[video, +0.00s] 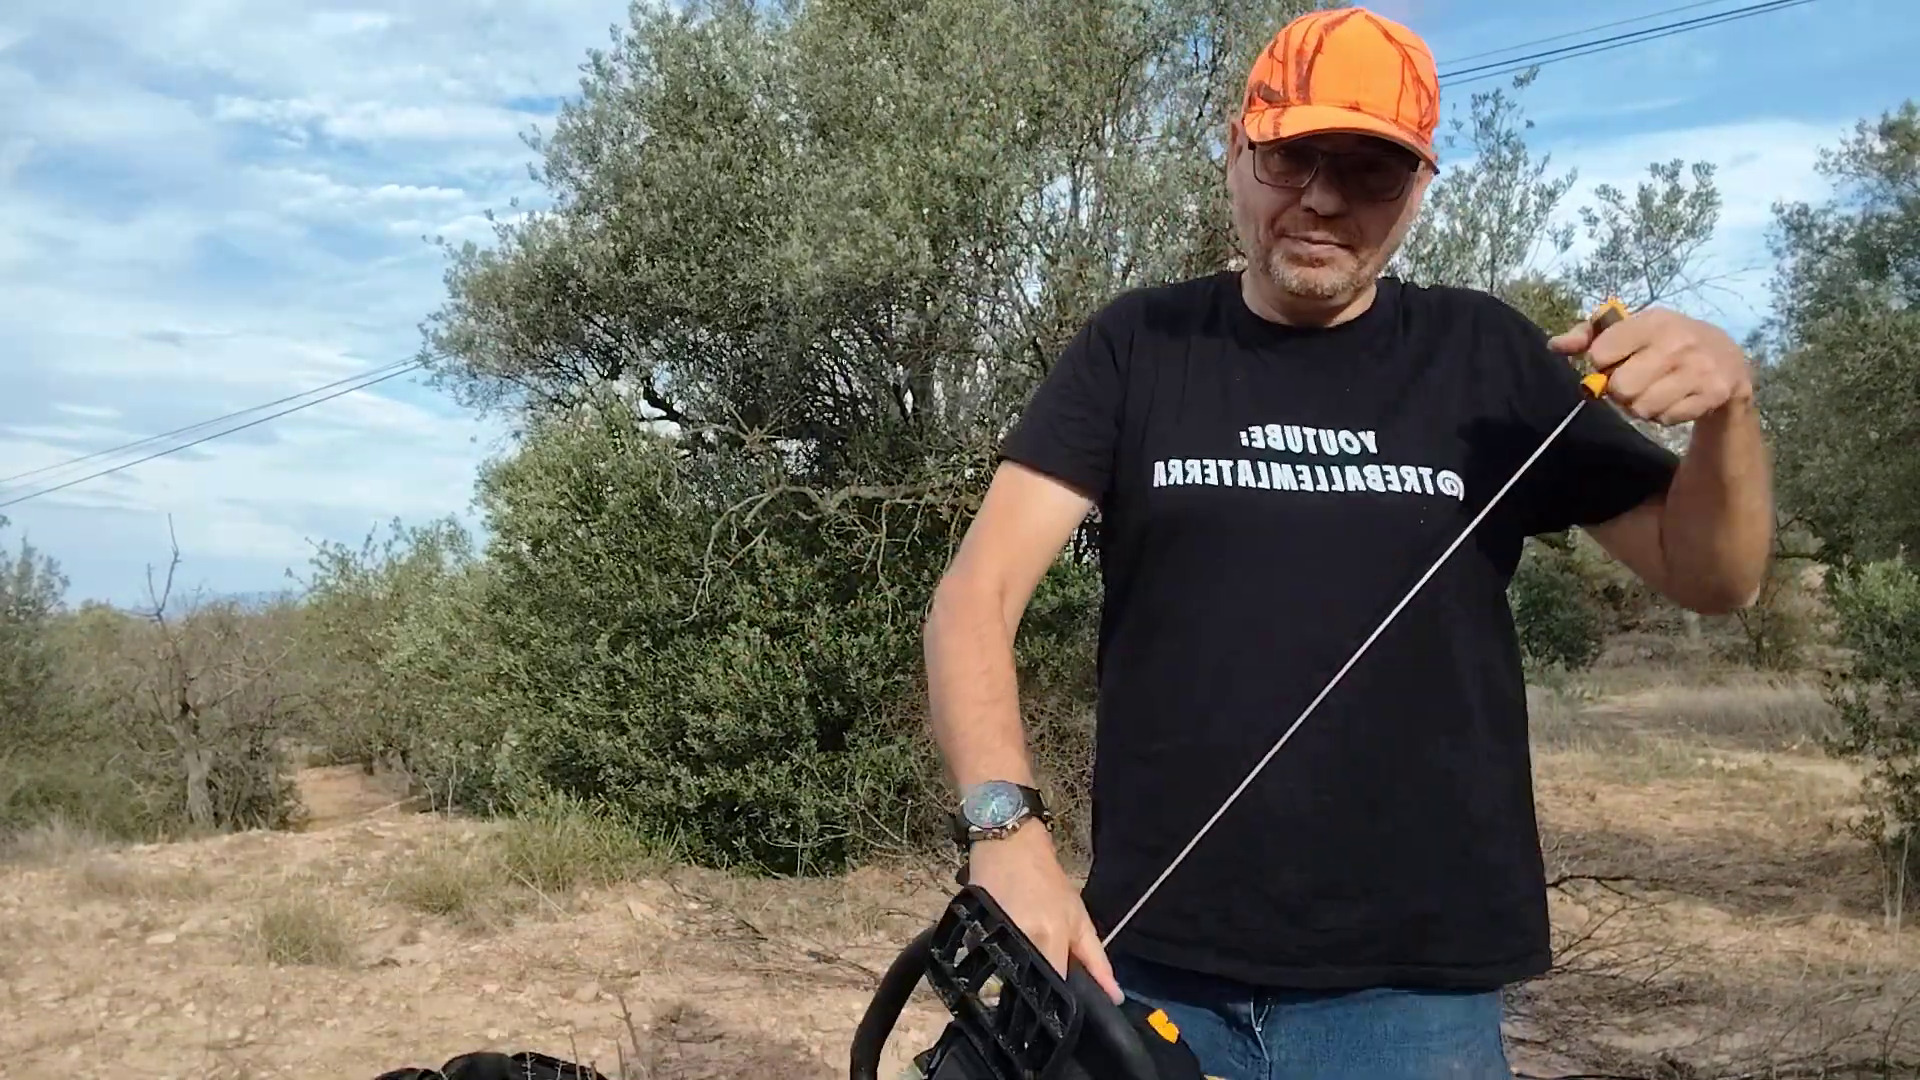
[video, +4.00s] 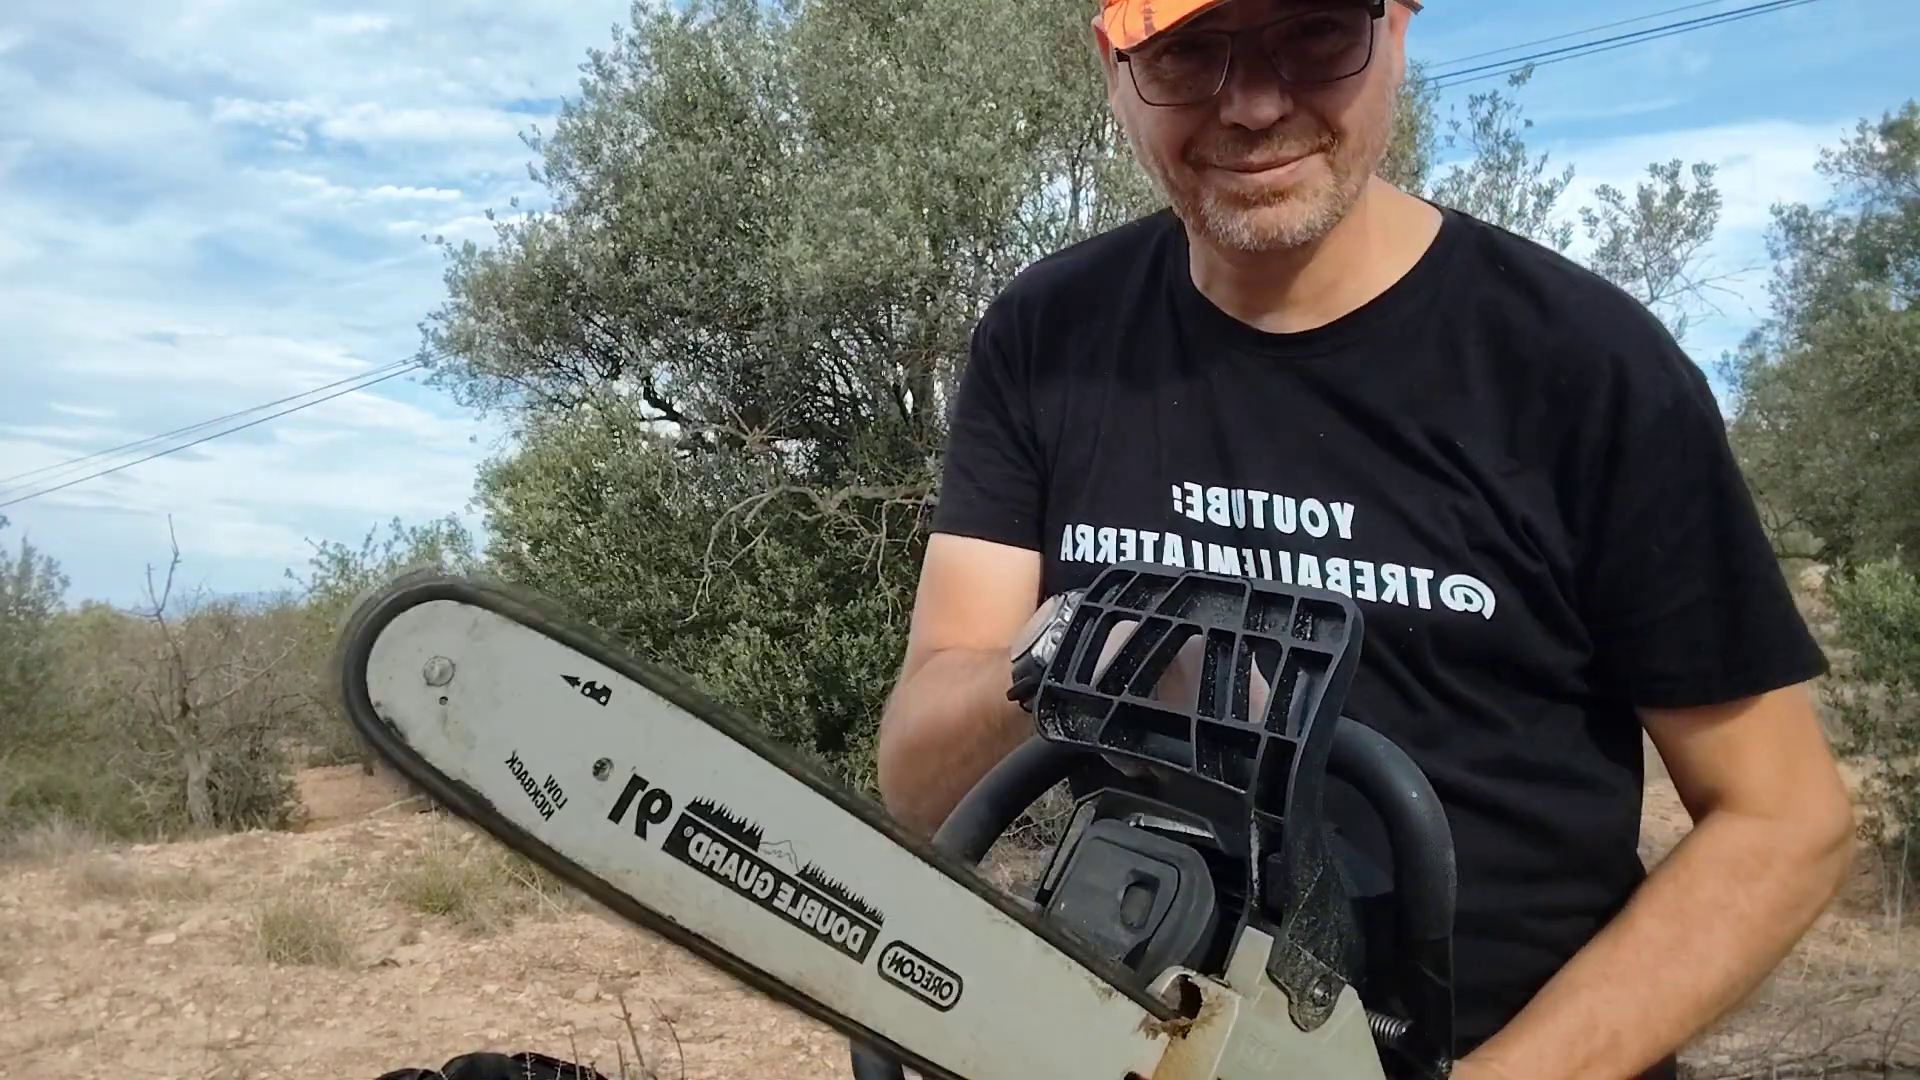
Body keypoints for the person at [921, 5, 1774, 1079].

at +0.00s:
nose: (1326, 199)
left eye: (1371, 169)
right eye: (1297, 158)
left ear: (1420, 188)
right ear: (1237, 157)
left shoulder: (1485, 353)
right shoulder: (1136, 347)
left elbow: (1709, 577)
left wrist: (1728, 399)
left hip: (1414, 998)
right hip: (1147, 985)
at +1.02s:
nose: (1229, 195)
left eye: (1274, 169)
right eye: (1199, 153)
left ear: (1318, 201)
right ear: (1139, 160)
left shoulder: (1375, 408)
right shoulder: (1019, 344)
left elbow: (1462, 729)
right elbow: (850, 625)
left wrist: (1249, 888)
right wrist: (964, 578)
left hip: (1305, 1003)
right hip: (1025, 987)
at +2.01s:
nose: (1472, 131)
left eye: (1527, 92)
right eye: (1431, 84)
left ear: (1580, 117)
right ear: (1360, 97)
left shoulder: (1689, 368)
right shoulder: (1238, 327)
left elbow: (1840, 768)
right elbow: (1104, 656)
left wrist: (1540, 955)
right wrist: (1200, 584)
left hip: (1582, 1049)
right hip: (1239, 1014)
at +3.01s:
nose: (1403, 107)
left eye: (1465, 63)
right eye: (1359, 52)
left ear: (1523, 86)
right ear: (1283, 63)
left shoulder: (1647, 356)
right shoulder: (1150, 317)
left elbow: (1806, 771)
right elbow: (1020, 643)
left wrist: (1557, 1000)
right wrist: (1170, 586)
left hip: (1552, 1046)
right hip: (1191, 1029)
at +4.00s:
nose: (1253, 113)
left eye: (1315, 47)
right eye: (1189, 58)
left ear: (1394, 36)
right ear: (1117, 71)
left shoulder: (1590, 367)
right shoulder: (1047, 337)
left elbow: (1786, 816)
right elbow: (916, 780)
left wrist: (1506, 1069)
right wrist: (1077, 670)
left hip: (1501, 1040)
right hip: (1138, 1033)